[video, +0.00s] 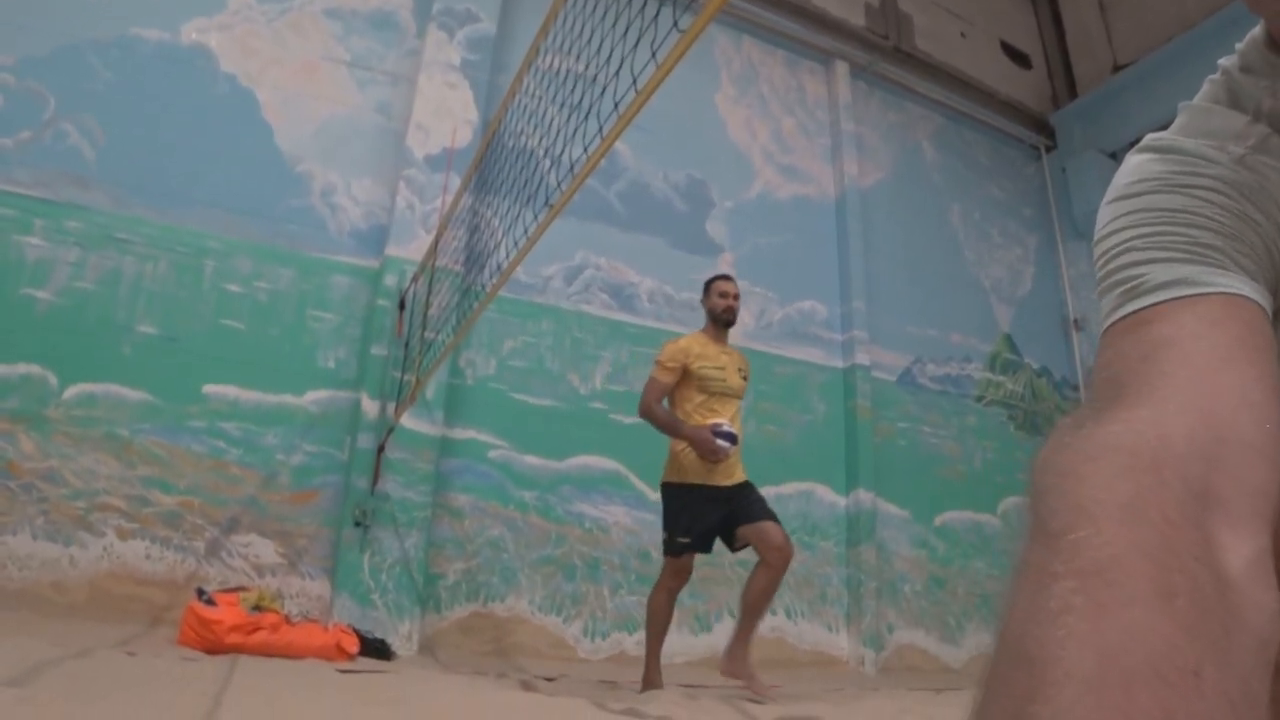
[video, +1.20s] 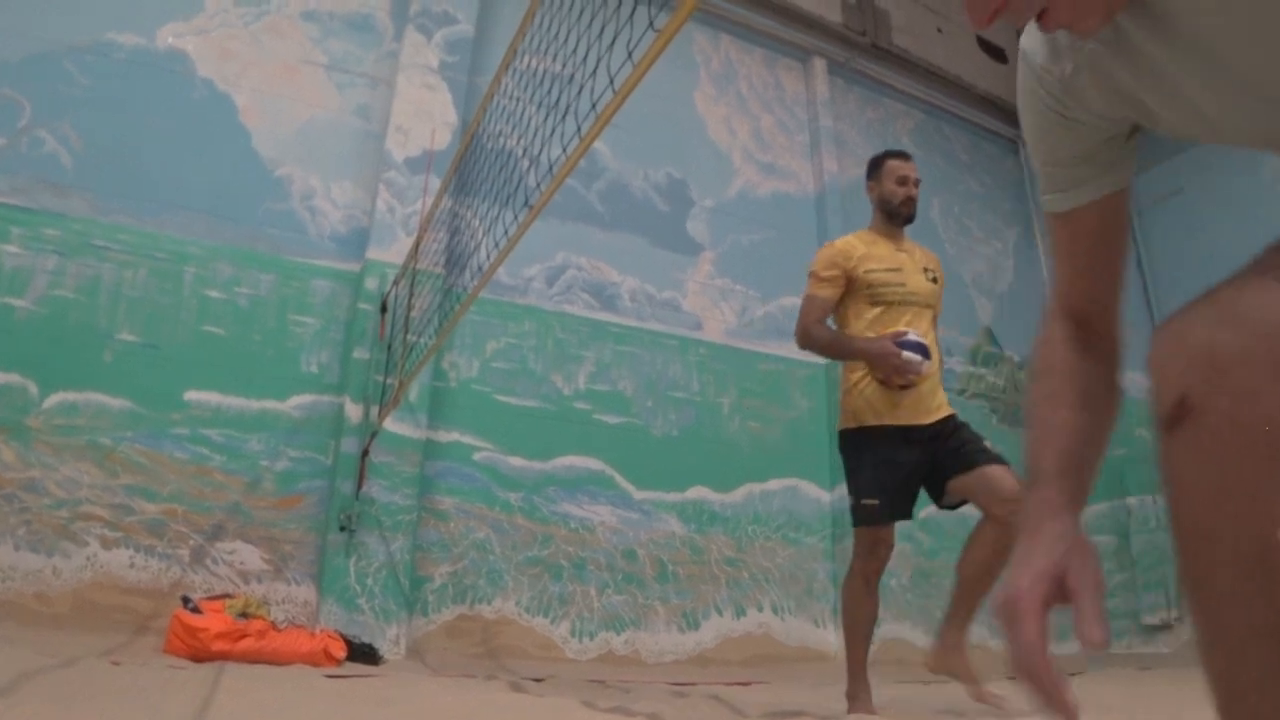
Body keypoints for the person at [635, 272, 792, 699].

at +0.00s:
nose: (730, 303)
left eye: (735, 298)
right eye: (722, 295)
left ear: (739, 307)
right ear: (704, 302)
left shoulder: (739, 362)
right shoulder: (681, 349)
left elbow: (724, 416)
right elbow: (649, 405)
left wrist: (728, 450)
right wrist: (692, 434)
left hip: (731, 483)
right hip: (687, 484)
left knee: (778, 552)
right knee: (674, 575)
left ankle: (737, 655)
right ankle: (652, 674)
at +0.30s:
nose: (789, 280)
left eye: (794, 275)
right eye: (781, 271)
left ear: (798, 286)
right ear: (761, 277)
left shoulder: (796, 346)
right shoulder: (733, 325)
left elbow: (793, 406)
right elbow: (694, 381)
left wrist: (794, 455)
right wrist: (734, 411)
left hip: (785, 468)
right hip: (740, 465)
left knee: (795, 560)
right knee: (732, 565)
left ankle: (776, 679)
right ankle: (678, 644)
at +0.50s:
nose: (817, 264)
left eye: (822, 259)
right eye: (809, 256)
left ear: (826, 270)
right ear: (788, 262)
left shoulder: (830, 331)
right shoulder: (758, 312)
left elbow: (853, 397)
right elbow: (718, 373)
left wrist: (878, 460)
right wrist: (753, 398)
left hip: (809, 454)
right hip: (766, 446)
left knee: (798, 557)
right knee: (802, 526)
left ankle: (776, 666)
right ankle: (759, 637)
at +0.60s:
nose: (828, 260)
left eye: (834, 254)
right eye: (819, 252)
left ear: (837, 264)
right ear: (798, 257)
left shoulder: (845, 326)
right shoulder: (768, 310)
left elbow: (877, 388)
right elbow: (730, 373)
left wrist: (916, 439)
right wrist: (760, 398)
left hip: (820, 454)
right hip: (779, 446)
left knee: (792, 571)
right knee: (829, 521)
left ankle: (774, 676)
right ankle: (813, 645)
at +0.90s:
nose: (860, 229)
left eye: (865, 222)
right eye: (849, 221)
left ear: (870, 229)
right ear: (826, 228)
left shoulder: (885, 292)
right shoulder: (800, 289)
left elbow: (913, 357)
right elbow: (765, 363)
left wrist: (937, 402)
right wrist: (804, 387)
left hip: (875, 437)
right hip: (824, 438)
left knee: (873, 547)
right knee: (848, 551)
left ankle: (820, 649)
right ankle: (827, 653)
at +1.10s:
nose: (888, 201)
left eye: (893, 194)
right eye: (878, 192)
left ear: (898, 203)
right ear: (852, 199)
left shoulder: (910, 269)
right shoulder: (826, 262)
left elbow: (922, 349)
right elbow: (790, 339)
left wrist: (936, 410)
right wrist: (846, 359)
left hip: (913, 425)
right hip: (858, 427)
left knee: (956, 533)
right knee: (868, 554)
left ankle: (892, 625)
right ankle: (856, 692)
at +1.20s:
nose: (911, 191)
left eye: (915, 183)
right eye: (900, 181)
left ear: (917, 195)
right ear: (871, 189)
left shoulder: (929, 264)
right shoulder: (841, 253)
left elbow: (927, 337)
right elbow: (808, 331)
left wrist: (927, 384)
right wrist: (868, 349)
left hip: (935, 420)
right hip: (873, 427)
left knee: (1009, 502)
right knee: (871, 553)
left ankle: (949, 645)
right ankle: (858, 693)